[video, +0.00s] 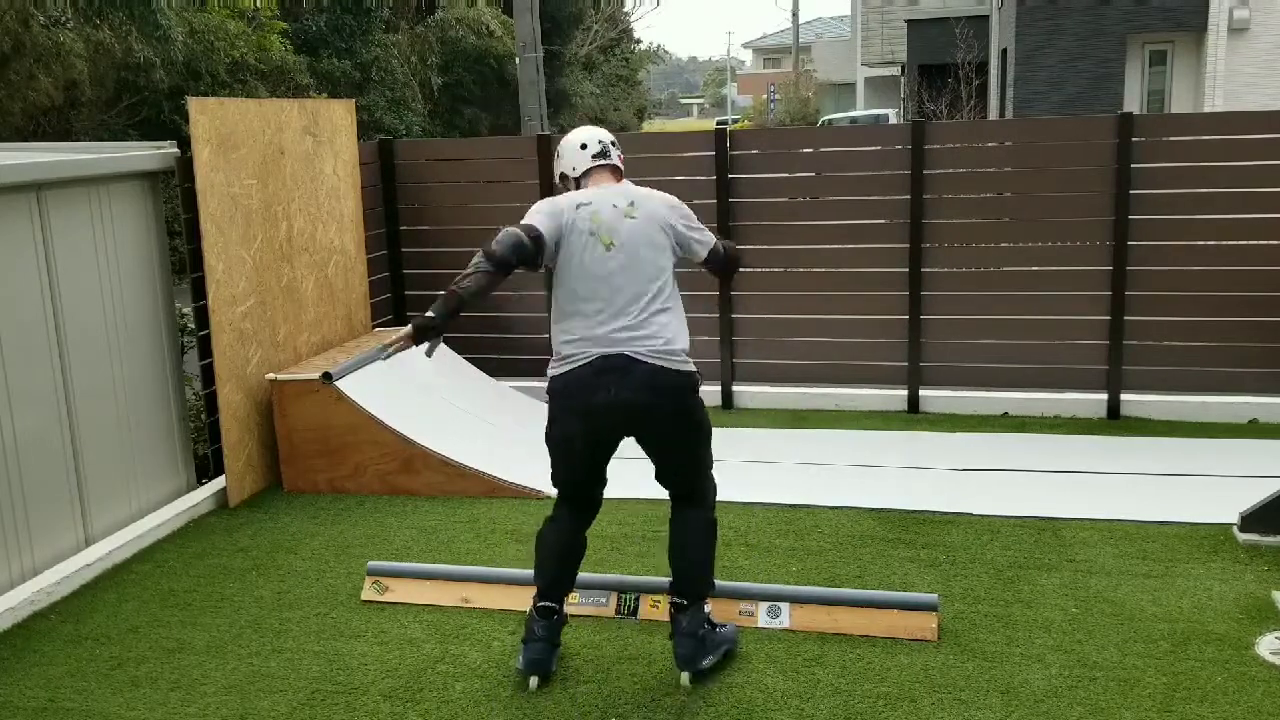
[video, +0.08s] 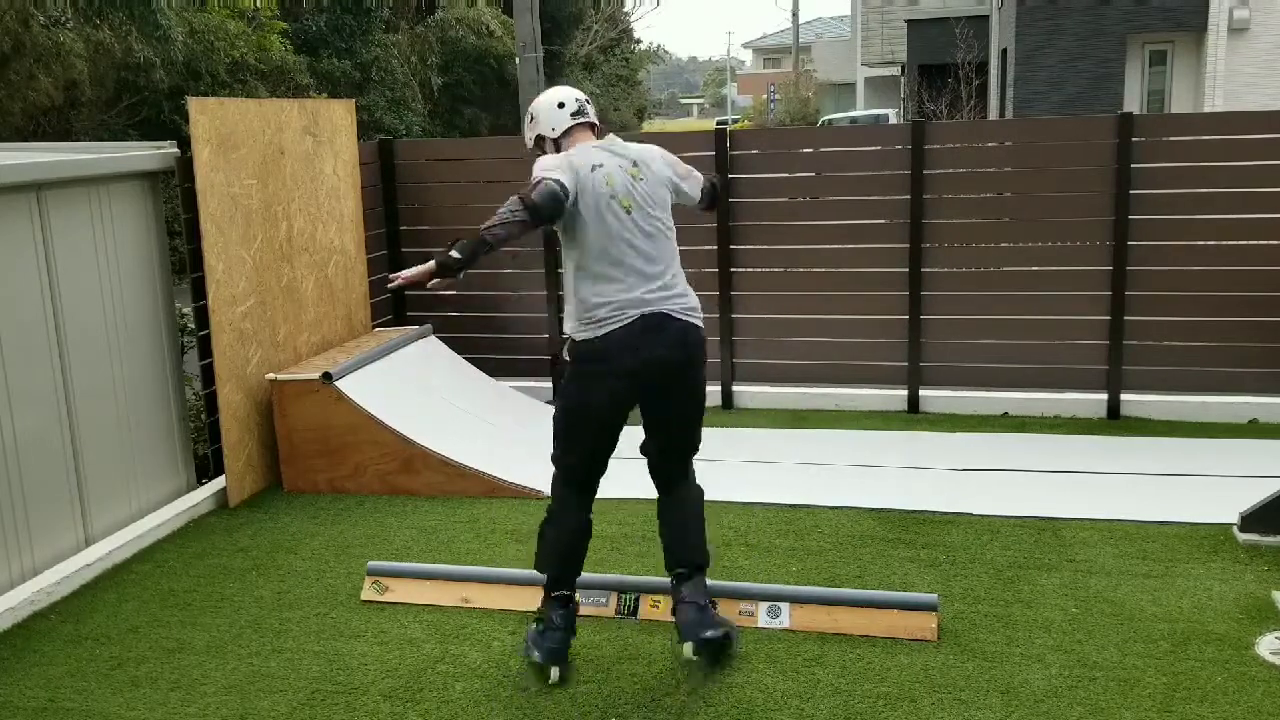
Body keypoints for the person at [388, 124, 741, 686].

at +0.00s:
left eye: (563, 177)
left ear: (568, 175)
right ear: (621, 165)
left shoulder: (554, 210)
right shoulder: (663, 206)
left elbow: (495, 261)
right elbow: (724, 261)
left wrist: (433, 318)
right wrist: (725, 262)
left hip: (579, 381)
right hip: (663, 377)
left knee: (573, 503)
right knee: (691, 493)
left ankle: (541, 636)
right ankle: (692, 630)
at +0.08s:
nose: (541, 152)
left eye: (538, 144)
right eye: (539, 146)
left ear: (548, 136)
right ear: (593, 121)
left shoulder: (560, 163)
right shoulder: (653, 158)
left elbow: (534, 206)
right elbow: (709, 195)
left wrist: (445, 263)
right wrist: (676, 171)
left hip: (604, 341)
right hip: (680, 333)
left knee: (575, 481)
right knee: (675, 471)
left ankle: (555, 623)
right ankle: (695, 605)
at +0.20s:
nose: (529, 143)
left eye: (524, 130)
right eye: (522, 133)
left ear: (543, 114)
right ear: (567, 101)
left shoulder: (587, 134)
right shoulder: (626, 121)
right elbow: (682, 124)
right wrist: (672, 121)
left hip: (664, 305)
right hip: (637, 300)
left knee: (595, 441)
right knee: (575, 405)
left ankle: (689, 552)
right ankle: (673, 513)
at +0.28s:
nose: (527, 145)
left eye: (525, 133)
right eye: (522, 136)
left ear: (545, 119)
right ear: (561, 109)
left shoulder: (600, 144)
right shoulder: (607, 123)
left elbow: (614, 200)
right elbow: (659, 129)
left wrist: (511, 222)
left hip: (676, 305)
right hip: (628, 304)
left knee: (652, 443)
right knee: (574, 402)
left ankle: (730, 531)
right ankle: (624, 515)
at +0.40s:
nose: (539, 211)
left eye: (542, 201)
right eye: (534, 203)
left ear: (572, 184)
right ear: (570, 183)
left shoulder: (643, 192)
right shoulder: (575, 195)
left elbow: (688, 275)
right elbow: (571, 223)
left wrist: (602, 322)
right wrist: (547, 252)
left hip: (696, 321)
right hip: (626, 325)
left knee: (719, 441)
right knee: (589, 433)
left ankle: (753, 546)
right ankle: (576, 539)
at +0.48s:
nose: (562, 255)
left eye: (566, 243)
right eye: (554, 246)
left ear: (597, 224)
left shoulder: (661, 224)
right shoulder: (574, 222)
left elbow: (716, 303)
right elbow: (545, 252)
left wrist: (665, 373)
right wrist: (514, 301)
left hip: (694, 327)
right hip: (625, 328)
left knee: (723, 438)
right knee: (582, 431)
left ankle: (755, 545)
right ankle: (566, 539)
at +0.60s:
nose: (590, 285)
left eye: (596, 275)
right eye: (583, 277)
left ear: (625, 255)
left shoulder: (681, 252)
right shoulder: (577, 250)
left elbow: (756, 310)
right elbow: (529, 262)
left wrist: (740, 396)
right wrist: (492, 329)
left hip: (703, 330)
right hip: (626, 328)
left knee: (730, 434)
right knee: (585, 435)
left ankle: (756, 546)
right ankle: (564, 540)